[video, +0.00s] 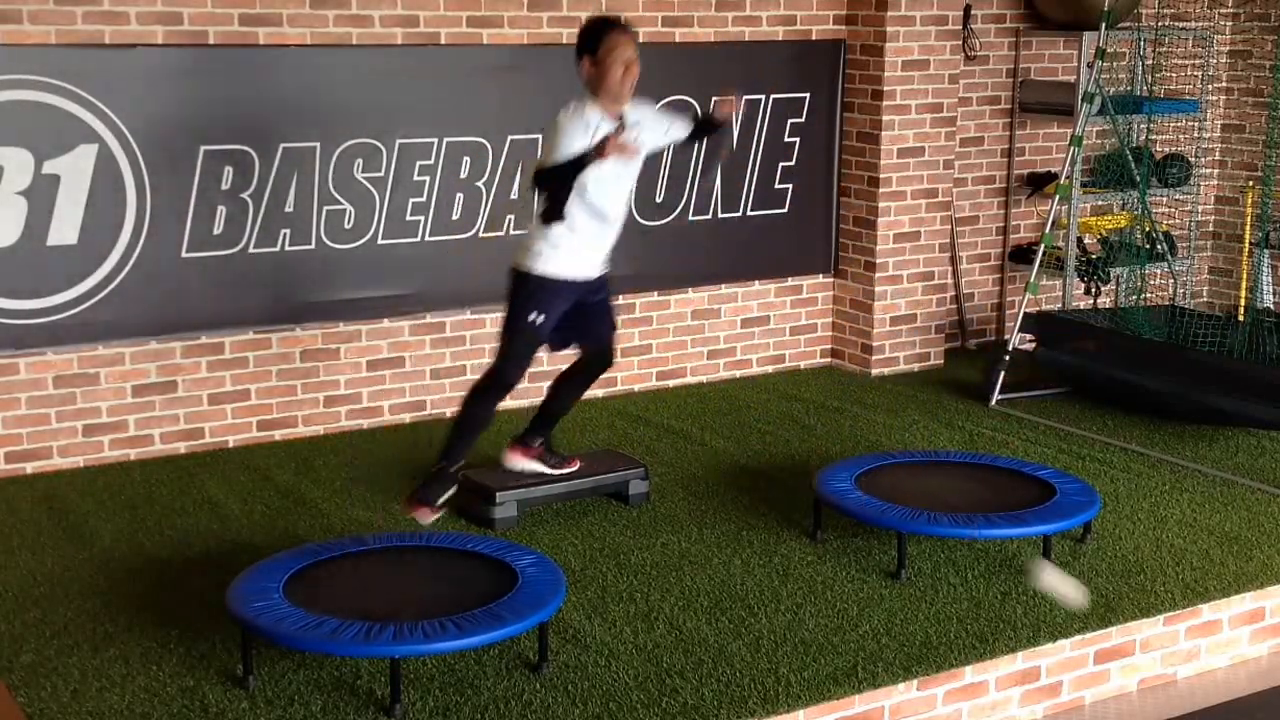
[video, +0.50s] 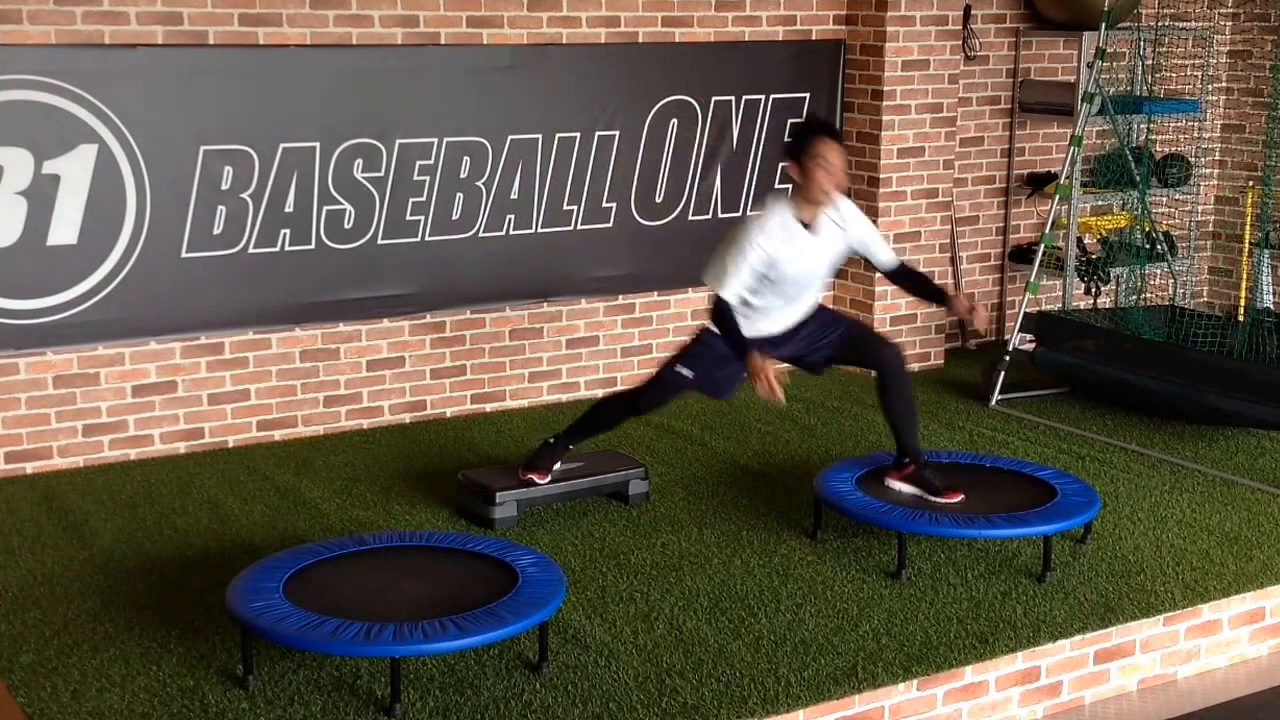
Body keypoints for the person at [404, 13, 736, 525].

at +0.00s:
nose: (632, 72)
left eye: (635, 61)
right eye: (620, 63)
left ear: (638, 65)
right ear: (589, 67)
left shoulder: (640, 119)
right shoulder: (573, 119)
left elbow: (690, 126)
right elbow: (544, 185)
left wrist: (717, 118)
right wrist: (595, 154)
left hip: (590, 273)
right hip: (544, 270)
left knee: (599, 356)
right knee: (505, 373)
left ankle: (531, 442)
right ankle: (440, 479)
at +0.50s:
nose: (839, 175)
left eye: (841, 165)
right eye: (829, 165)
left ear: (842, 171)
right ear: (796, 171)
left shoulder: (846, 216)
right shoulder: (765, 226)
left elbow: (893, 267)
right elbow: (720, 296)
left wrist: (949, 299)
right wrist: (751, 355)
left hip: (804, 324)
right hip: (740, 332)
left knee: (888, 356)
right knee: (648, 399)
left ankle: (910, 465)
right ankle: (557, 446)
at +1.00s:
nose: (956, 264)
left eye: (959, 254)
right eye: (948, 252)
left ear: (947, 256)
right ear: (913, 248)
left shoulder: (927, 300)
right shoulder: (863, 282)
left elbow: (957, 361)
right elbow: (830, 362)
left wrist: (1014, 372)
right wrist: (857, 431)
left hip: (838, 351)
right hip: (776, 346)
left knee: (928, 350)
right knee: (670, 407)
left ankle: (906, 467)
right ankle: (566, 449)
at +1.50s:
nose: (713, 121)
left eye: (717, 112)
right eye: (701, 112)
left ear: (722, 120)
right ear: (673, 119)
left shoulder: (731, 169)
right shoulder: (641, 180)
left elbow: (795, 200)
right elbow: (586, 231)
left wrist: (830, 170)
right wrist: (569, 257)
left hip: (723, 304)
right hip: (653, 305)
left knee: (798, 374)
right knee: (580, 383)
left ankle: (883, 452)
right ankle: (559, 451)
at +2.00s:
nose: (545, 109)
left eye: (553, 98)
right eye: (533, 99)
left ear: (564, 101)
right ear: (510, 102)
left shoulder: (577, 153)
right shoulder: (492, 156)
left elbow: (646, 192)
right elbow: (471, 232)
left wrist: (633, 163)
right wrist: (482, 230)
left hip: (532, 306)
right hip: (478, 303)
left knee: (558, 376)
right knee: (434, 398)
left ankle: (514, 448)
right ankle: (390, 510)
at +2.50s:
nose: (460, 291)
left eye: (466, 277)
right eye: (445, 282)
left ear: (471, 271)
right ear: (415, 285)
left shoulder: (484, 293)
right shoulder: (403, 340)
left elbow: (538, 308)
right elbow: (418, 444)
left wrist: (548, 346)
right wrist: (431, 539)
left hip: (442, 380)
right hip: (377, 384)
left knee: (489, 421)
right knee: (371, 439)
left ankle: (514, 451)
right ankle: (368, 558)